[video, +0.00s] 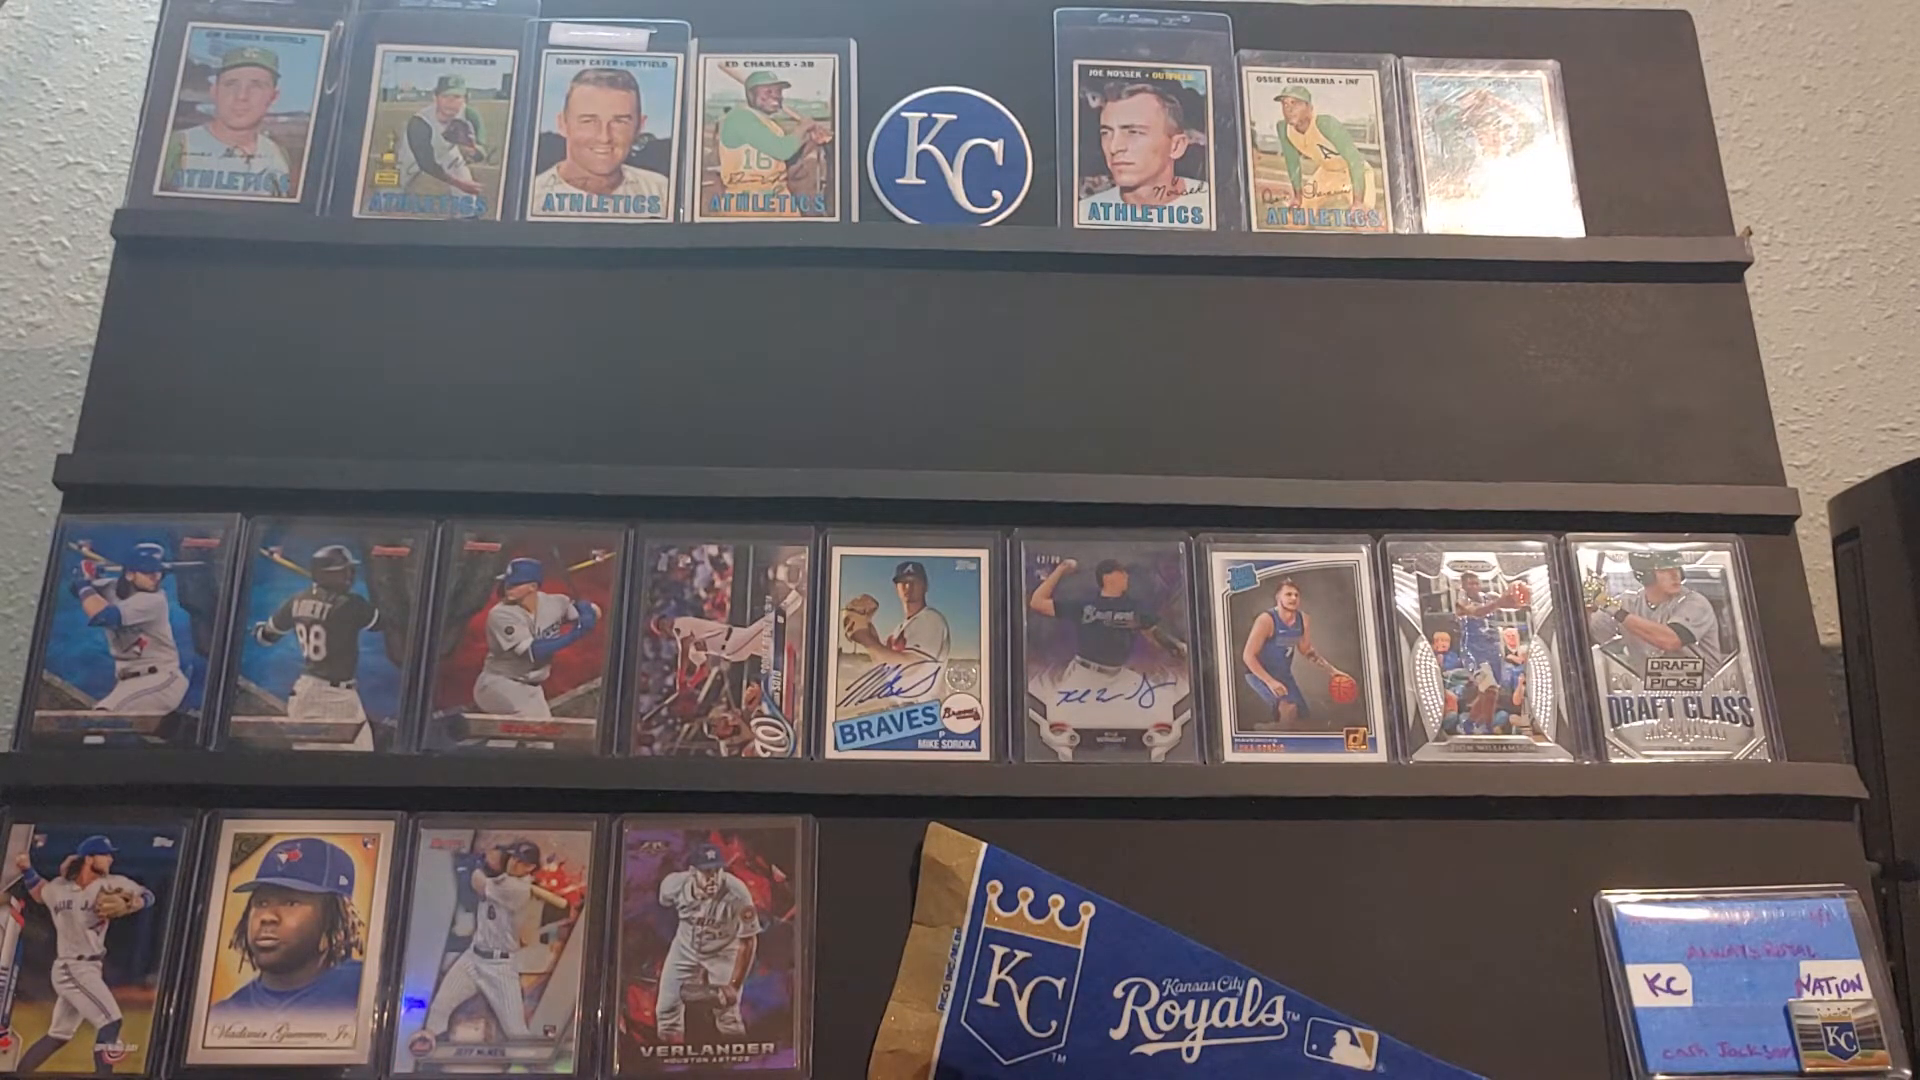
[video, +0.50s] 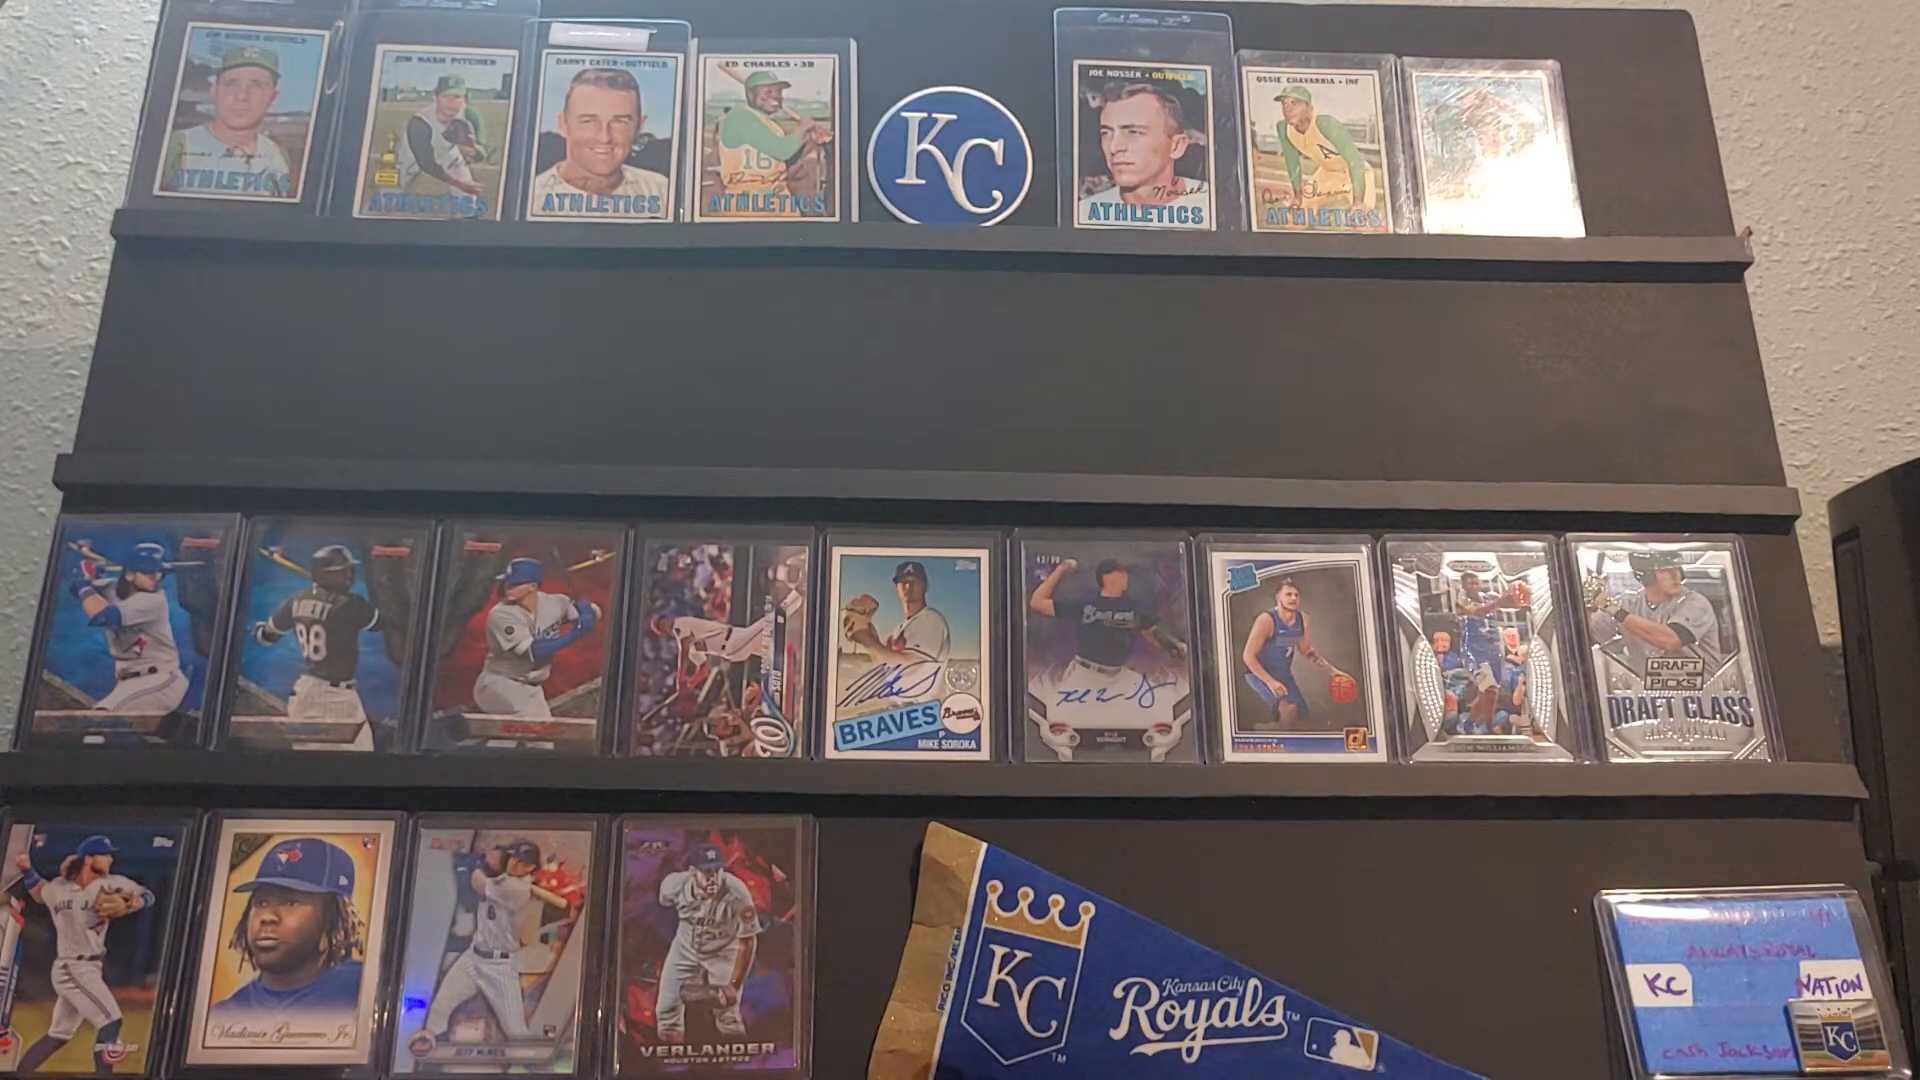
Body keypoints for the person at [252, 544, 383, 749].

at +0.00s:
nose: (352, 576)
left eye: (351, 570)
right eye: (348, 571)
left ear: (320, 574)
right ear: (337, 574)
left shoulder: (298, 601)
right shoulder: (351, 605)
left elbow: (267, 637)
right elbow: (385, 622)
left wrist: (260, 630)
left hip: (305, 693)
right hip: (341, 697)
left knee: (306, 764)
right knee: (359, 766)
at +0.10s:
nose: (352, 576)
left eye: (351, 570)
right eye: (349, 571)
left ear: (319, 574)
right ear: (338, 574)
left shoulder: (298, 601)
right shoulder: (351, 605)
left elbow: (267, 637)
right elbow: (385, 622)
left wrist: (259, 630)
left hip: (305, 692)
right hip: (341, 697)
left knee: (306, 764)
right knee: (359, 766)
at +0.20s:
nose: (352, 576)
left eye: (351, 570)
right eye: (348, 571)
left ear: (320, 574)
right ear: (337, 574)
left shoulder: (298, 601)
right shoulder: (351, 605)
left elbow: (267, 637)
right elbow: (385, 622)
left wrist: (260, 630)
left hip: (305, 692)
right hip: (341, 697)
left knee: (306, 764)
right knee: (359, 766)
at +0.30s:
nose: (352, 576)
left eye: (351, 570)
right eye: (348, 571)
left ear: (320, 574)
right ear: (336, 574)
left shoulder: (298, 601)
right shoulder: (351, 605)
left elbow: (267, 637)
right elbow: (385, 622)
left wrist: (260, 630)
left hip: (305, 692)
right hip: (341, 697)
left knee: (307, 764)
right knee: (359, 765)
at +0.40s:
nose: (352, 576)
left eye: (351, 570)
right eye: (348, 571)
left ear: (320, 574)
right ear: (336, 574)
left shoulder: (298, 601)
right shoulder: (351, 605)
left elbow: (267, 637)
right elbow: (385, 622)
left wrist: (260, 630)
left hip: (305, 692)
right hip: (341, 697)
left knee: (307, 764)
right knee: (359, 765)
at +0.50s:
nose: (352, 576)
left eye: (351, 570)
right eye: (348, 571)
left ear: (320, 574)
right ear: (336, 574)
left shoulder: (298, 601)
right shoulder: (351, 605)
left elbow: (267, 637)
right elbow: (384, 622)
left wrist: (260, 630)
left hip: (305, 692)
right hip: (341, 697)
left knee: (307, 764)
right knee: (359, 765)